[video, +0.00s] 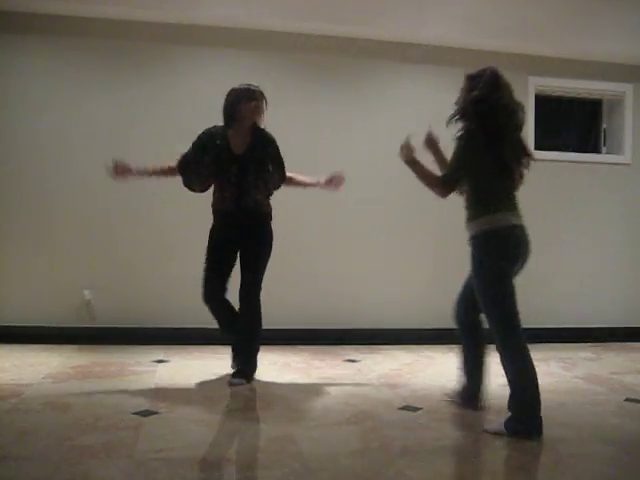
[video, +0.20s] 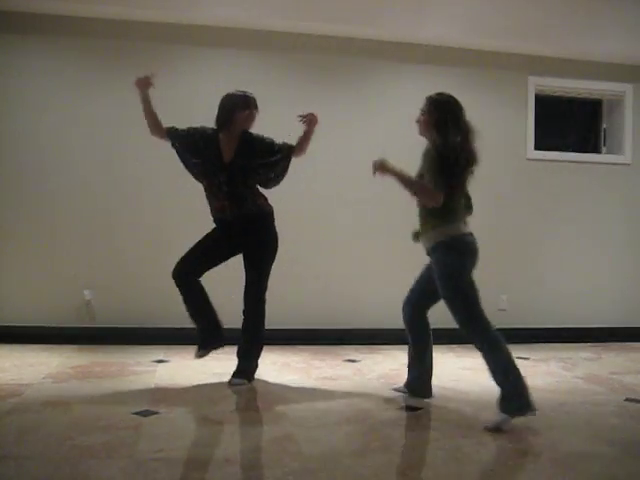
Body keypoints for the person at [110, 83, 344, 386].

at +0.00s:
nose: (262, 112)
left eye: (262, 107)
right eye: (256, 106)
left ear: (259, 111)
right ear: (238, 109)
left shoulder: (265, 143)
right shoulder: (213, 139)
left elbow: (281, 178)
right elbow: (181, 168)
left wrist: (321, 182)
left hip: (257, 228)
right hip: (224, 226)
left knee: (249, 296)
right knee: (213, 294)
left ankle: (245, 370)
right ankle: (243, 340)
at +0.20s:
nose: (253, 116)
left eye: (254, 111)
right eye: (248, 110)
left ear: (250, 116)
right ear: (232, 113)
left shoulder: (254, 145)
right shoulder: (203, 140)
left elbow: (296, 151)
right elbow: (158, 131)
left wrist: (310, 130)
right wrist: (145, 94)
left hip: (259, 229)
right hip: (227, 229)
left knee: (254, 300)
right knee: (184, 273)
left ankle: (246, 369)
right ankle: (211, 332)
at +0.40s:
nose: (244, 115)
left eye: (246, 110)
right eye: (240, 110)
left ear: (243, 113)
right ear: (223, 110)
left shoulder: (250, 136)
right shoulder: (196, 136)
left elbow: (290, 129)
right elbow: (151, 124)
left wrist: (282, 116)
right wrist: (175, 122)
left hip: (247, 226)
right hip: (213, 226)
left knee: (248, 299)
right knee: (200, 299)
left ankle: (242, 368)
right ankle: (181, 375)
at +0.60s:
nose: (238, 118)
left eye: (239, 113)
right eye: (233, 113)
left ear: (233, 116)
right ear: (216, 114)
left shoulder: (240, 143)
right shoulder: (190, 142)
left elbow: (266, 151)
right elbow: (142, 154)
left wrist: (280, 154)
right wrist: (169, 139)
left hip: (230, 231)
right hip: (196, 230)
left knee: (231, 304)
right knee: (192, 305)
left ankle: (229, 369)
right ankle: (185, 376)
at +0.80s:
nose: (231, 122)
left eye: (231, 117)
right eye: (226, 117)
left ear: (223, 119)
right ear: (208, 120)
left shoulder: (230, 146)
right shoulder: (182, 145)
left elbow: (246, 182)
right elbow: (148, 158)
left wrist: (264, 215)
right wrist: (174, 126)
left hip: (220, 234)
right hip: (185, 233)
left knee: (236, 304)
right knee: (185, 306)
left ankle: (200, 342)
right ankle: (185, 376)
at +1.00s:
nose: (232, 118)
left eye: (232, 113)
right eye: (228, 113)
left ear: (224, 114)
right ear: (212, 113)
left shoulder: (229, 141)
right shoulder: (181, 136)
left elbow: (241, 189)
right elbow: (150, 147)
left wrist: (255, 231)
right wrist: (178, 113)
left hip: (222, 229)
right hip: (186, 229)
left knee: (241, 298)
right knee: (187, 304)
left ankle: (246, 364)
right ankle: (185, 376)